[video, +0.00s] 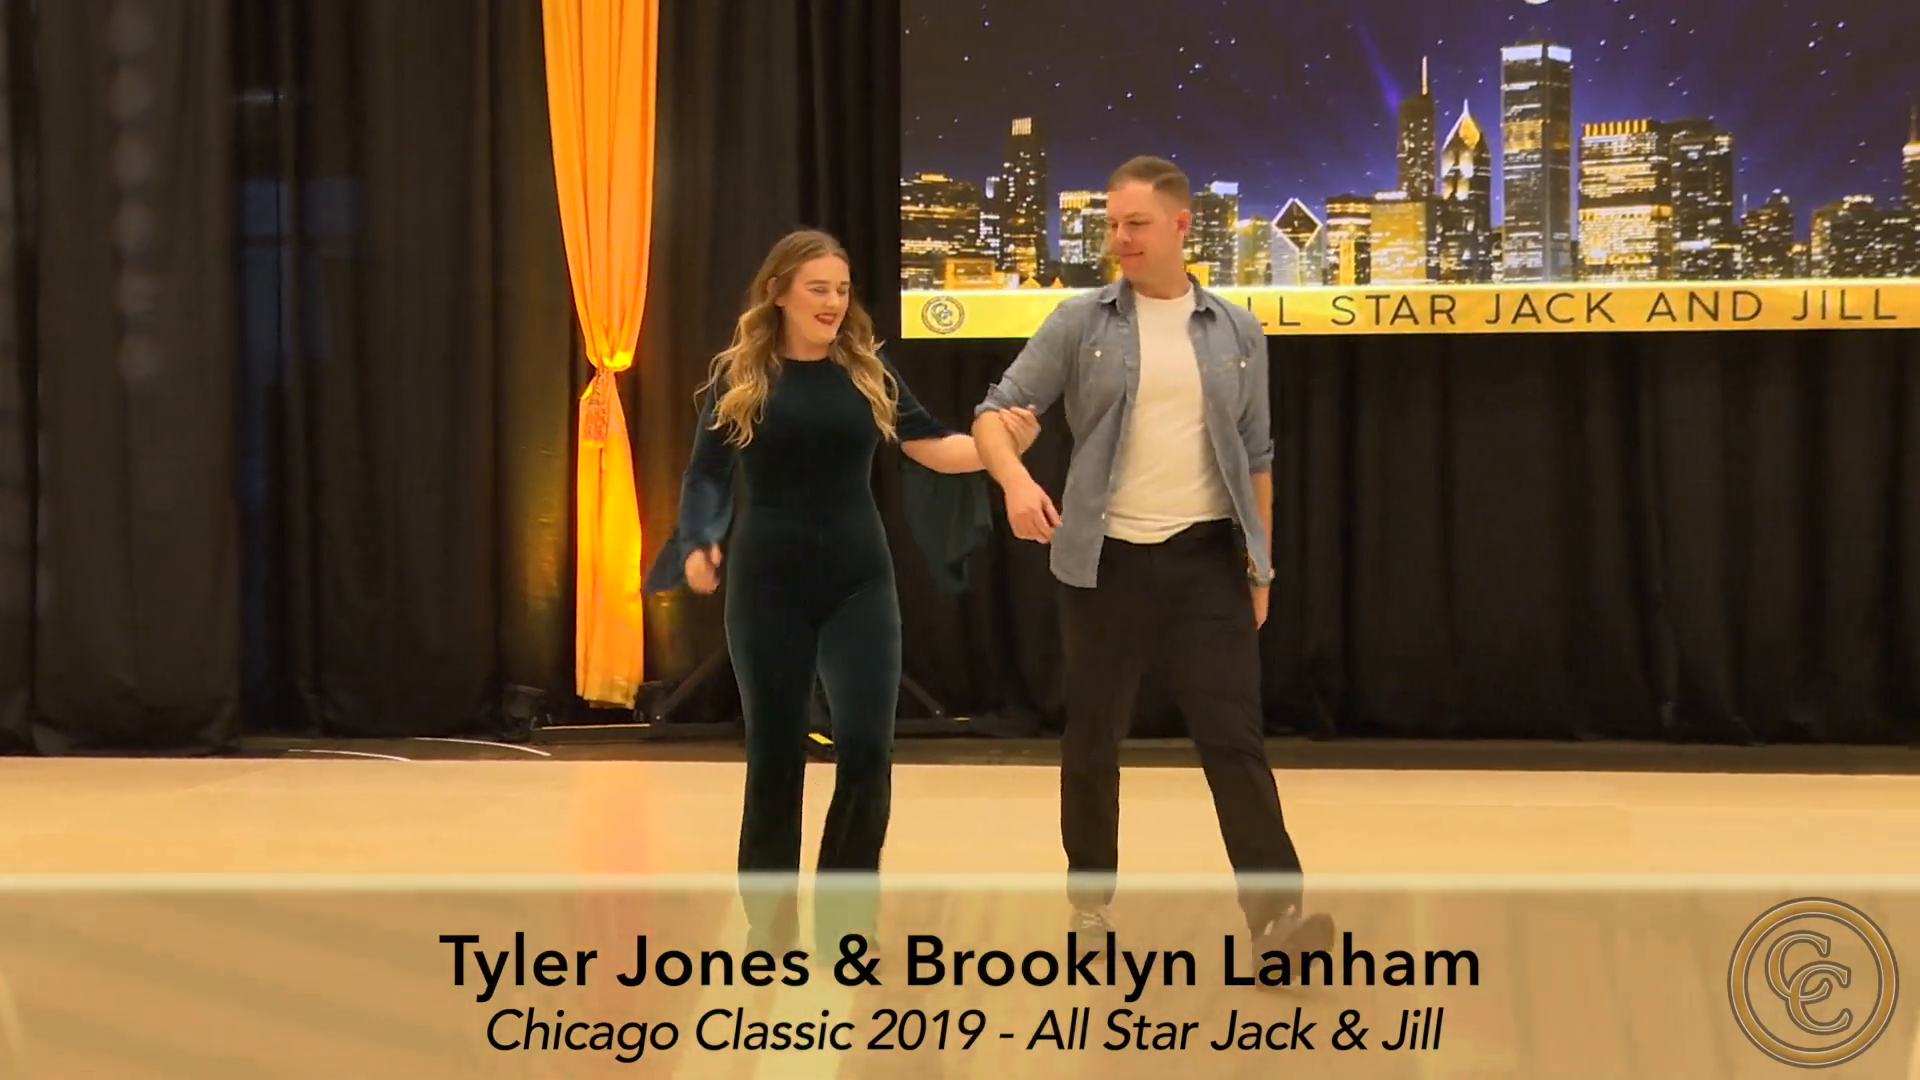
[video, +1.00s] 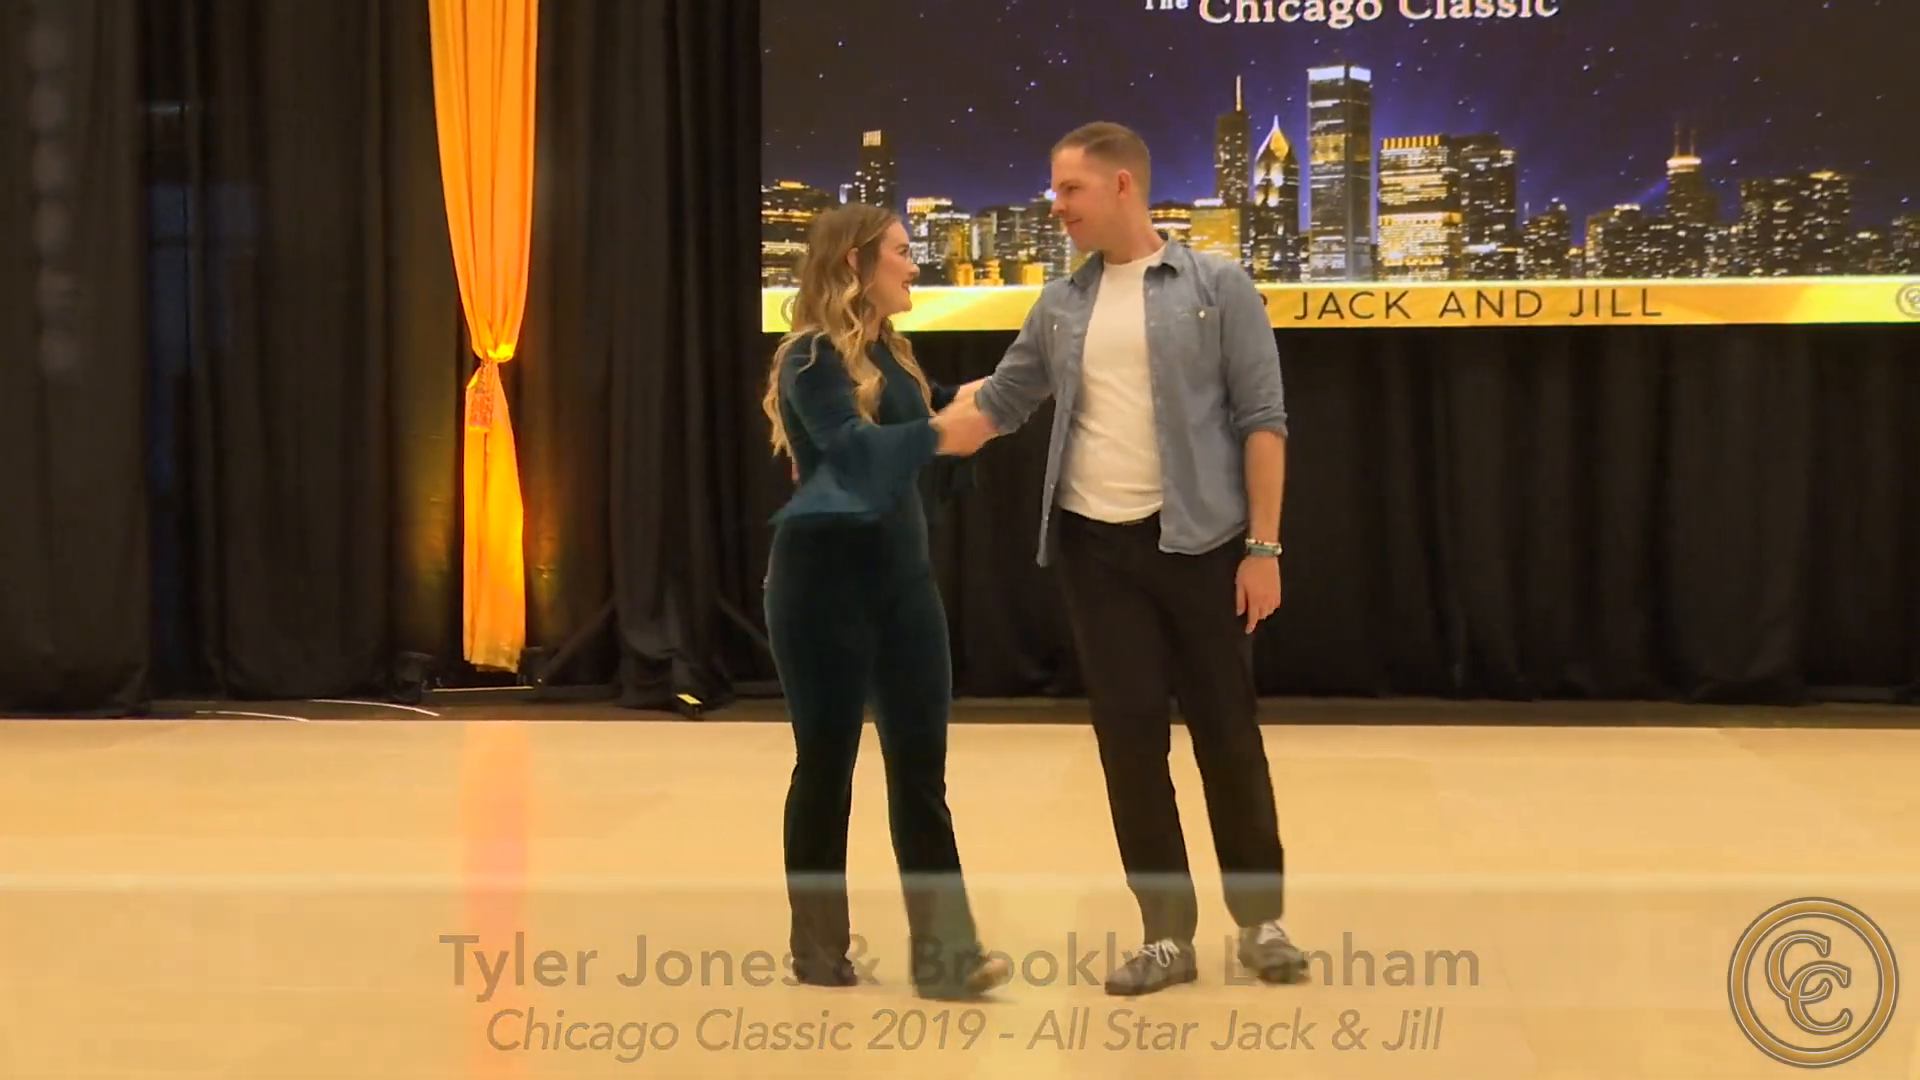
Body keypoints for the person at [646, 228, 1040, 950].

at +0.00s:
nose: (832, 301)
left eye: (841, 289)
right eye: (817, 288)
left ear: (850, 297)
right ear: (778, 292)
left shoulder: (868, 372)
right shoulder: (740, 373)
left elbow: (930, 445)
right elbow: (707, 472)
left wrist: (1001, 443)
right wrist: (698, 539)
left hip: (861, 585)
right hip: (765, 588)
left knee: (867, 759)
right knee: (774, 765)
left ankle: (845, 931)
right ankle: (768, 932)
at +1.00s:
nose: (914, 264)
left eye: (910, 251)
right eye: (901, 251)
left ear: (875, 266)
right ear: (855, 264)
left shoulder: (897, 361)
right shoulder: (810, 355)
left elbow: (925, 474)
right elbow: (849, 448)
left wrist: (958, 431)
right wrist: (937, 430)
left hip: (903, 576)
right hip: (821, 578)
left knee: (919, 769)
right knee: (824, 763)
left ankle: (944, 954)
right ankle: (818, 948)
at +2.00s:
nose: (949, 248)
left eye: (946, 236)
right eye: (934, 236)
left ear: (895, 255)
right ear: (888, 253)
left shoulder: (912, 333)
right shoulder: (883, 336)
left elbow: (974, 407)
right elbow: (958, 417)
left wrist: (1029, 333)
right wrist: (1020, 346)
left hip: (916, 565)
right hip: (894, 568)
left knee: (912, 749)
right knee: (915, 752)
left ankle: (875, 923)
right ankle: (903, 942)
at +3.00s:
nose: (949, 272)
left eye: (946, 260)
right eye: (935, 262)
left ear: (901, 281)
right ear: (893, 279)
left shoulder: (917, 353)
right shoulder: (893, 358)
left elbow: (963, 438)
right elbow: (961, 437)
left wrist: (1010, 365)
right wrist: (1013, 361)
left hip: (919, 555)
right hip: (900, 559)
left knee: (903, 735)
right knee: (893, 740)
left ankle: (903, 879)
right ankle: (882, 906)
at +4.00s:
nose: (957, 290)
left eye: (958, 279)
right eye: (950, 278)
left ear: (913, 282)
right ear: (912, 281)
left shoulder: (907, 354)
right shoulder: (902, 362)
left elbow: (961, 410)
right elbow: (973, 451)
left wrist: (1003, 361)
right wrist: (1012, 380)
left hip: (886, 555)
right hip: (909, 559)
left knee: (888, 724)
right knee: (927, 722)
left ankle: (888, 887)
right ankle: (906, 901)